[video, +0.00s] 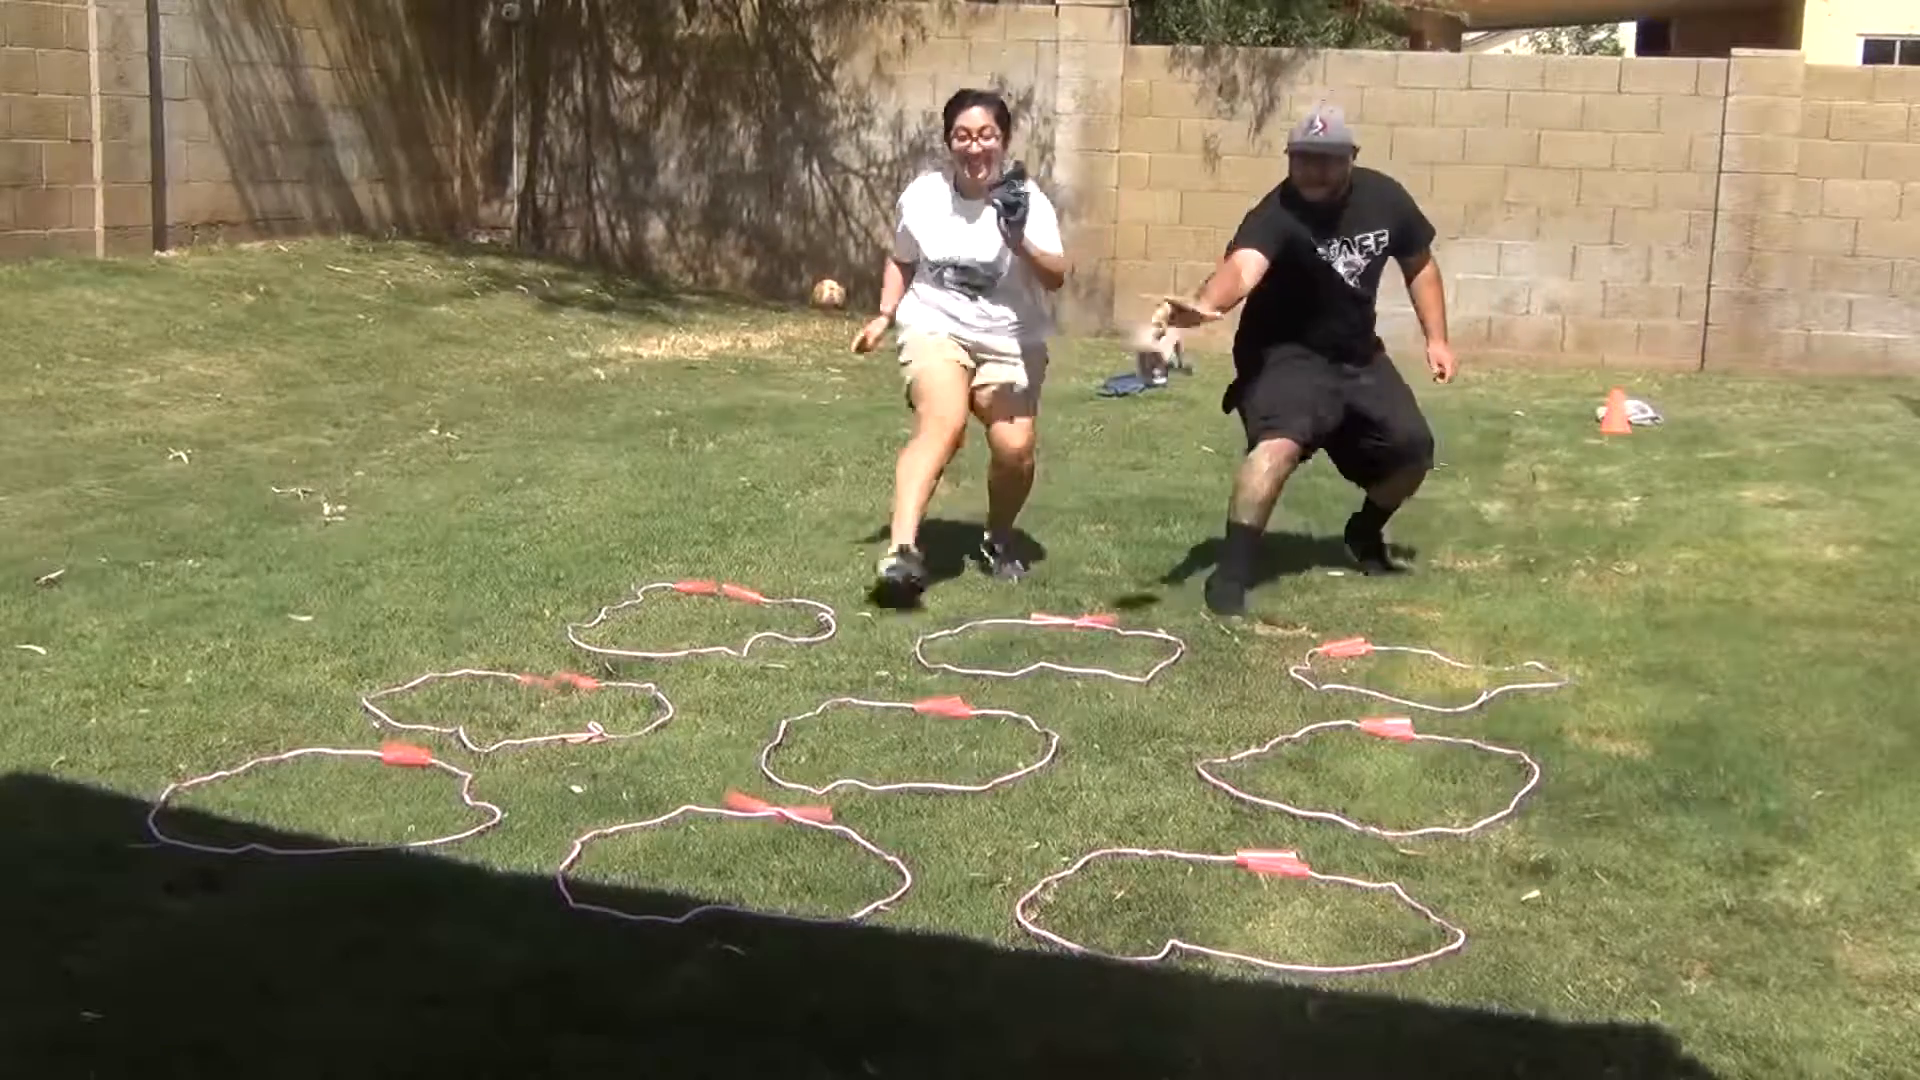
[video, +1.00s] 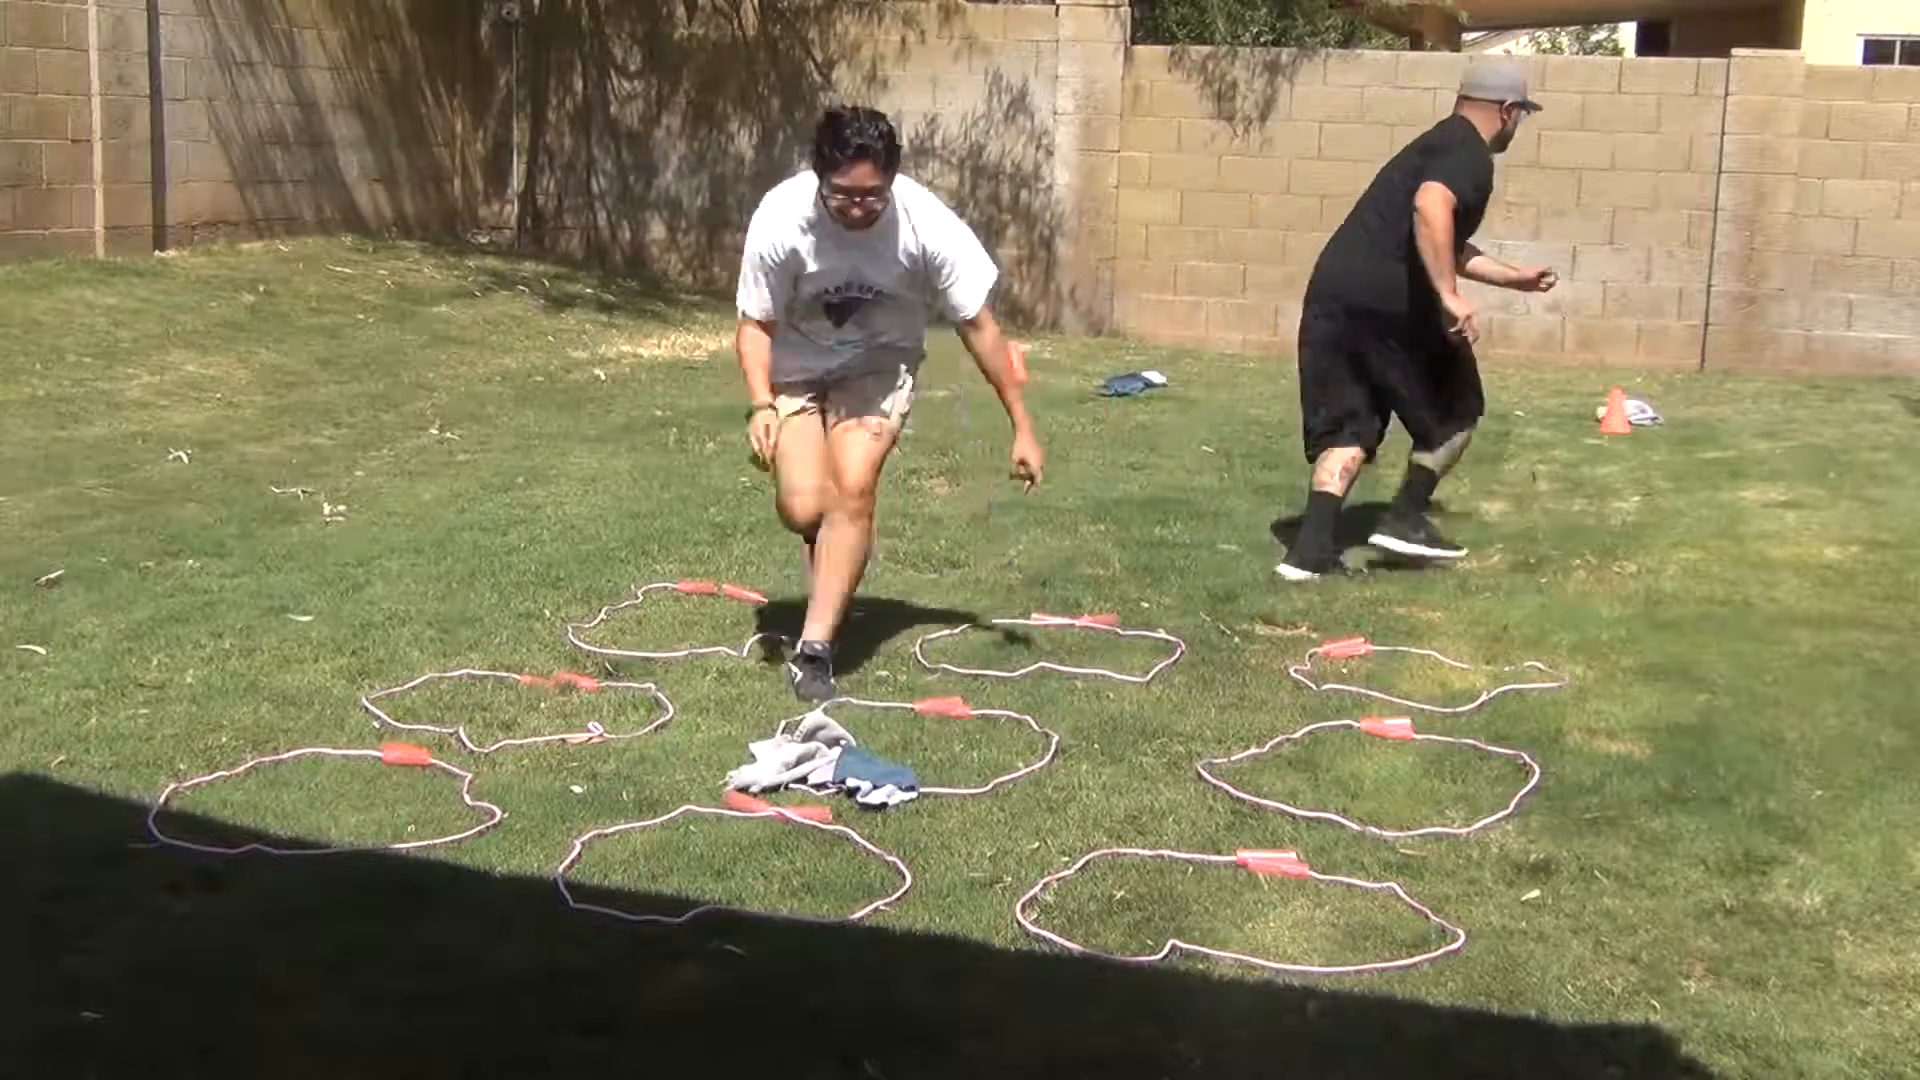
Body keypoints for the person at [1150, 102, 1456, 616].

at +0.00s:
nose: (1316, 170)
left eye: (1329, 158)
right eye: (1305, 158)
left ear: (1351, 159)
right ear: (1290, 160)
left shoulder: (1384, 198)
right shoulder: (1277, 213)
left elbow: (1419, 266)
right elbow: (1241, 267)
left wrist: (1437, 338)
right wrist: (1204, 306)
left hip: (1359, 355)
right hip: (1286, 353)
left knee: (1411, 451)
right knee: (1282, 441)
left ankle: (1365, 531)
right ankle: (1232, 573)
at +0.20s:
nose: (1307, 184)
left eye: (1322, 175)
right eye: (1298, 172)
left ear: (1348, 172)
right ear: (1282, 167)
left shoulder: (1377, 203)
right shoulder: (1251, 221)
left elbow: (1398, 273)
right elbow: (1200, 315)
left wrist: (1399, 357)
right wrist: (1180, 404)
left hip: (1323, 342)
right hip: (1252, 343)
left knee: (1369, 452)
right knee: (1257, 445)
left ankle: (1277, 502)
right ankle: (1231, 570)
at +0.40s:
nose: (1335, 179)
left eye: (1348, 169)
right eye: (1324, 166)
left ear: (1371, 164)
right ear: (1307, 156)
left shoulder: (1390, 197)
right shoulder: (1258, 209)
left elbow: (1396, 259)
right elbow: (1199, 295)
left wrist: (1383, 337)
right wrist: (1196, 384)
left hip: (1312, 330)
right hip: (1246, 325)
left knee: (1323, 452)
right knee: (1248, 431)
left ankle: (1223, 464)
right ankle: (1231, 571)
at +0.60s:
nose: (1394, 175)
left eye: (1407, 166)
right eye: (1383, 161)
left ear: (1420, 164)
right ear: (1360, 151)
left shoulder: (1399, 202)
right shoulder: (1324, 202)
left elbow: (1366, 273)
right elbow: (1266, 294)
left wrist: (1350, 340)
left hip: (1312, 319)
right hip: (1240, 314)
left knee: (1359, 429)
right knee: (1260, 439)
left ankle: (1254, 491)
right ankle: (1231, 571)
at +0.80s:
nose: (1489, 136)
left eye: (1492, 125)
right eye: (1485, 123)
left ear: (1447, 116)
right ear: (1449, 115)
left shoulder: (1412, 155)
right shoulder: (1410, 157)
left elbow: (1354, 252)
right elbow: (1369, 233)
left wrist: (1379, 324)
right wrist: (1410, 321)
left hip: (1336, 307)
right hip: (1302, 300)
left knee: (1374, 421)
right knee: (1288, 430)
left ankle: (1316, 544)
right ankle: (1238, 569)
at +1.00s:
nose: (1519, 123)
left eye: (1522, 113)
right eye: (1521, 112)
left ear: (1467, 101)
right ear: (1507, 110)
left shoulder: (1435, 143)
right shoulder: (1467, 148)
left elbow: (1448, 251)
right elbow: (1430, 205)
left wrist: (1514, 277)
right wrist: (1449, 292)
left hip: (1333, 292)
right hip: (1395, 299)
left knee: (1349, 424)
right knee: (1456, 412)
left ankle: (1311, 549)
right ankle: (1407, 519)